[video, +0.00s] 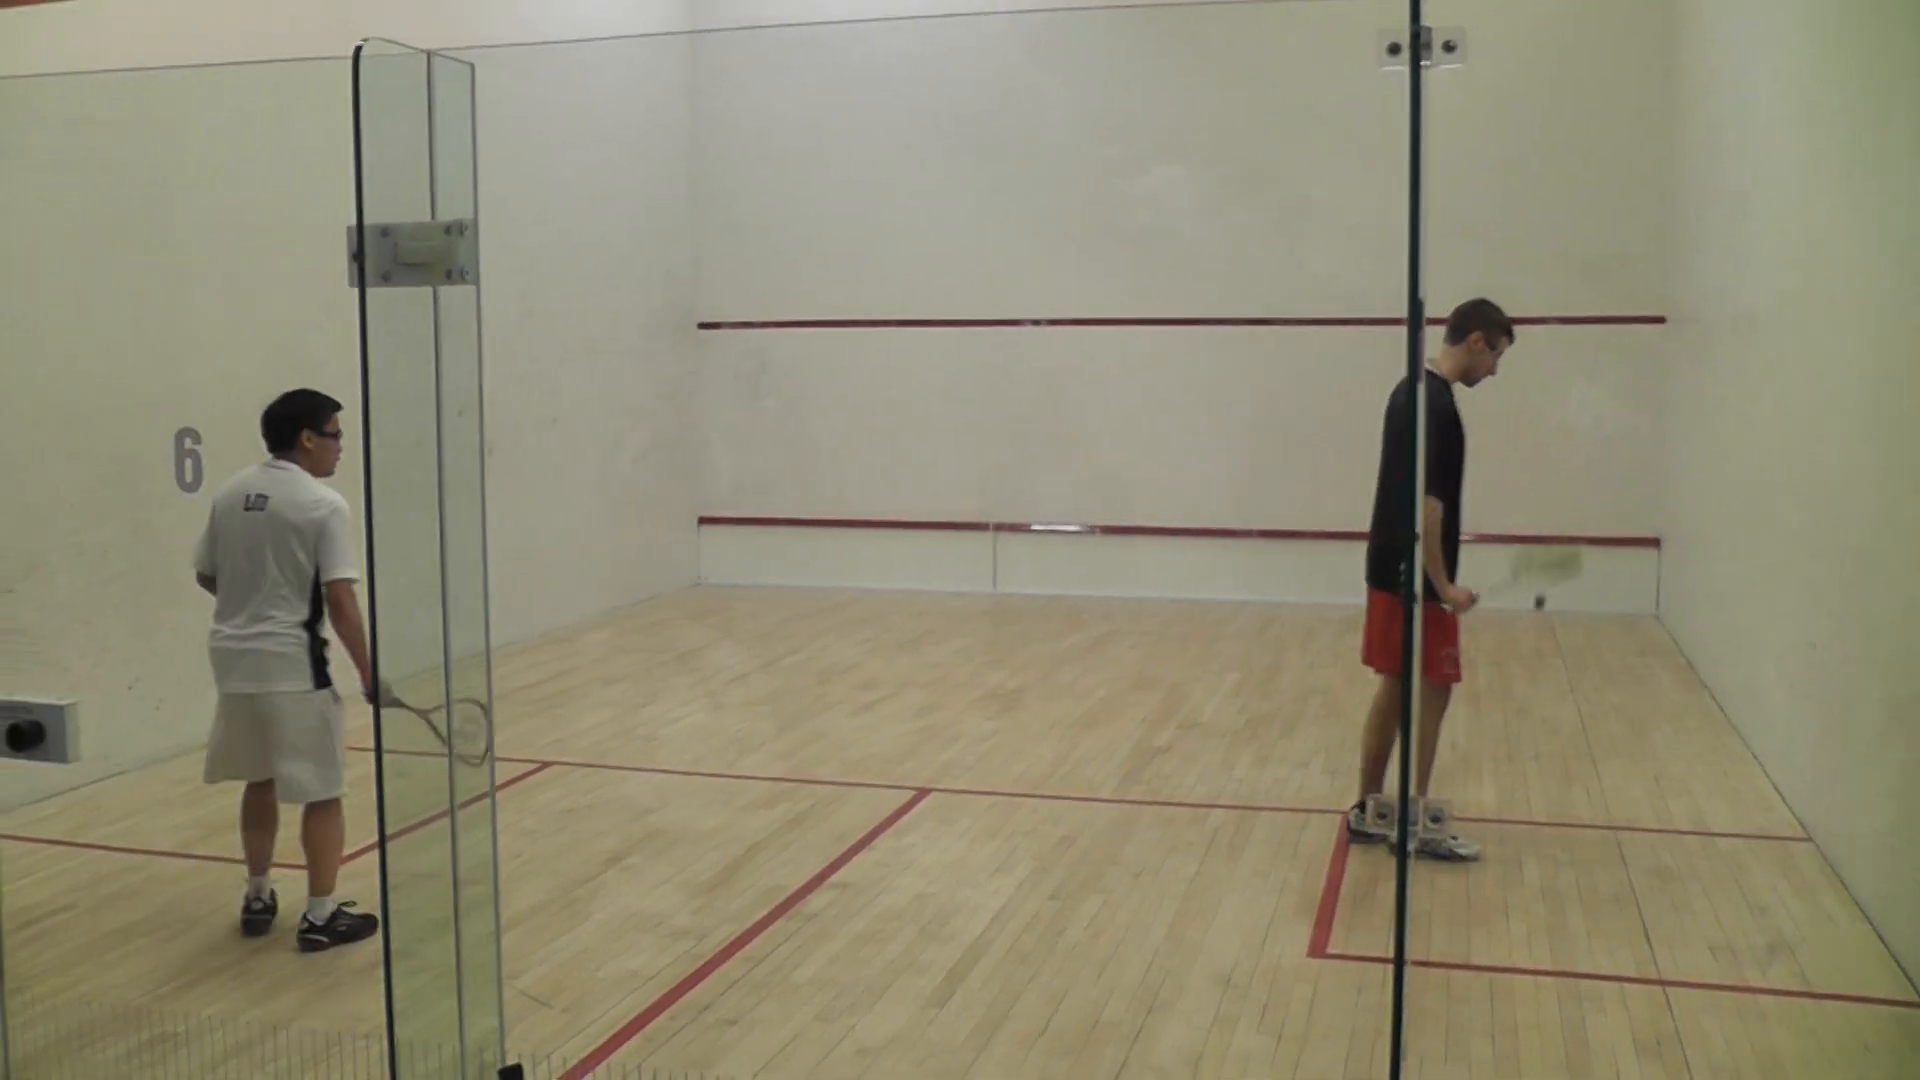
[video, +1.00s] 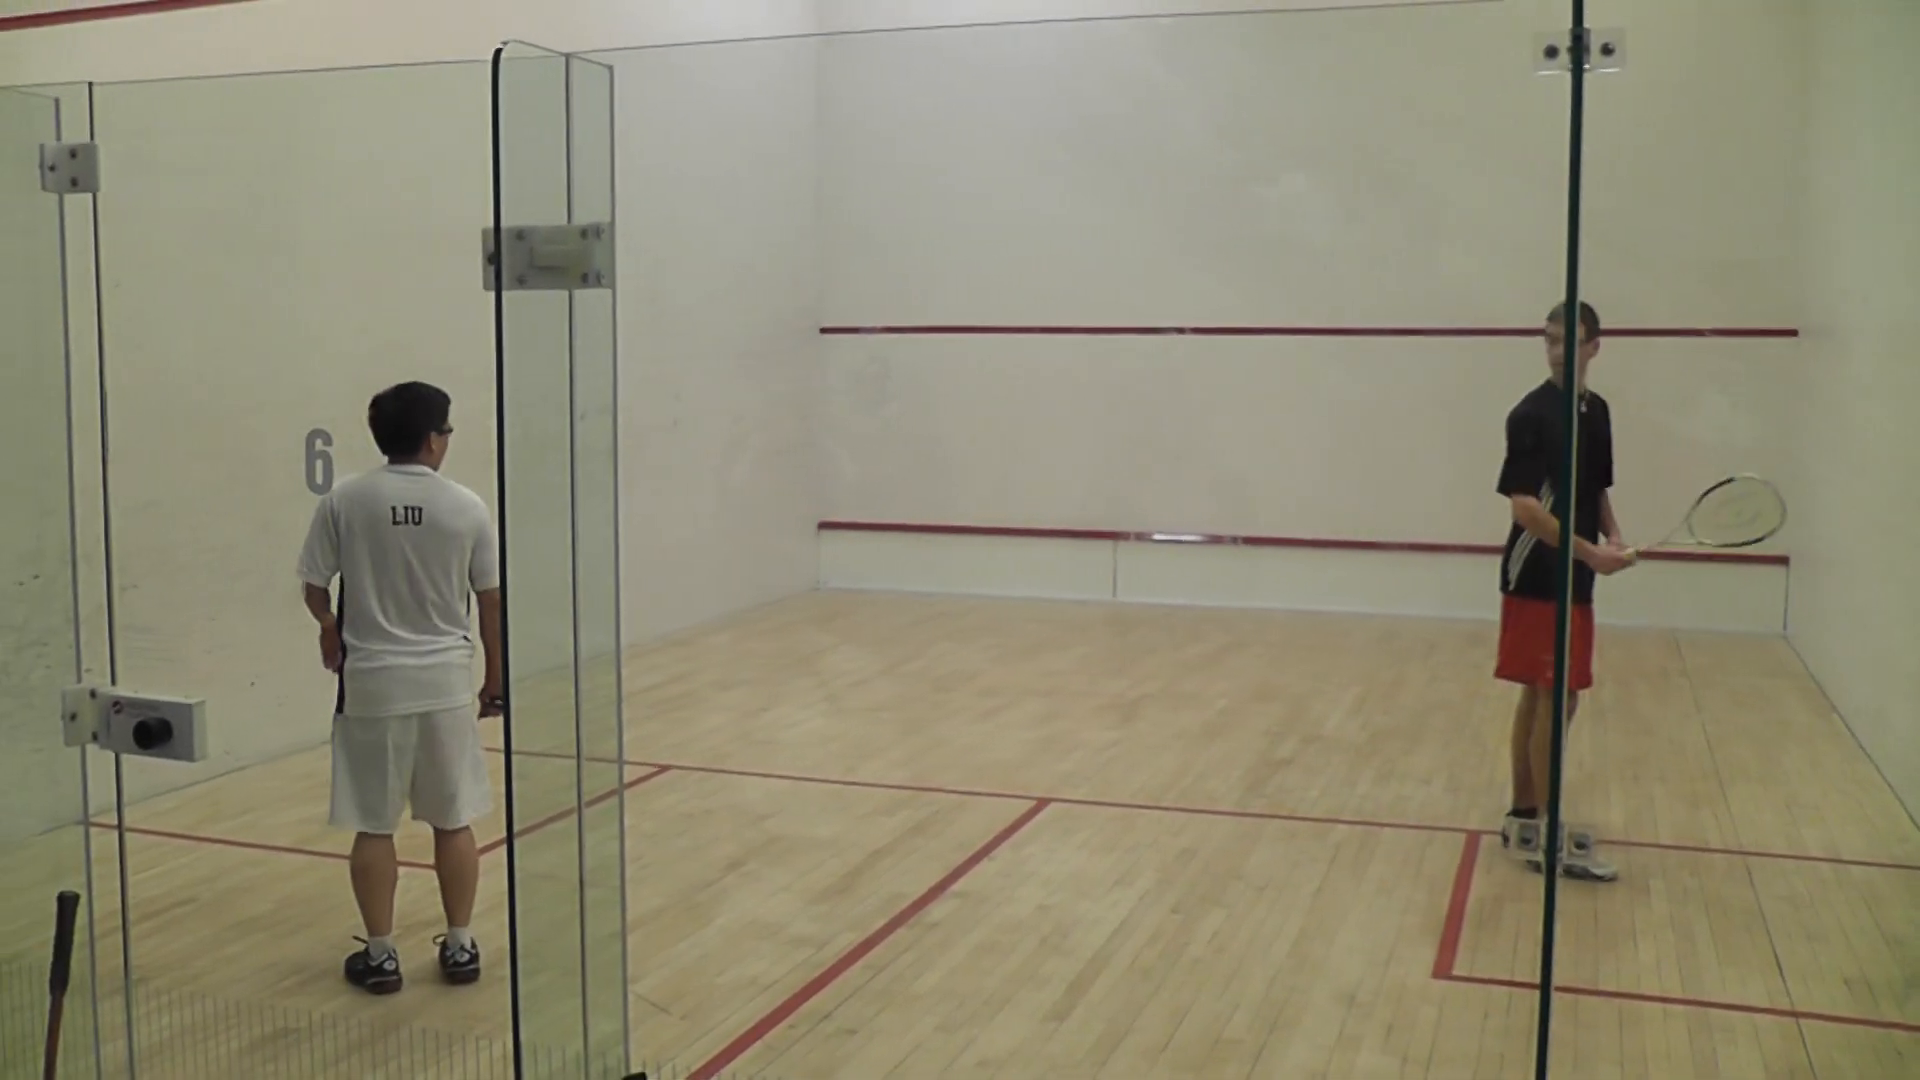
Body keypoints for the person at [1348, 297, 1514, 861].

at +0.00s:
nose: (1494, 370)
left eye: (1498, 358)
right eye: (1495, 356)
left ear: (1459, 340)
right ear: (1473, 342)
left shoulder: (1411, 393)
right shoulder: (1435, 404)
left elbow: (1408, 497)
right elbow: (1429, 505)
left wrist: (1430, 575)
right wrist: (1442, 583)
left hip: (1394, 569)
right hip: (1419, 577)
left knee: (1394, 685)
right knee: (1433, 690)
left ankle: (1370, 807)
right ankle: (1413, 819)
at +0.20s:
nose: (1551, 372)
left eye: (1556, 361)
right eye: (1552, 358)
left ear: (1518, 342)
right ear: (1531, 345)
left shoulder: (1469, 392)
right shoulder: (1486, 404)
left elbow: (1468, 493)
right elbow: (1480, 504)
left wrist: (1500, 545)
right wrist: (1491, 594)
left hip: (1458, 571)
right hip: (1467, 579)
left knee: (1474, 686)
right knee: (1483, 691)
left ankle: (1432, 792)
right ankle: (1457, 821)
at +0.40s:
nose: (1583, 371)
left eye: (1587, 360)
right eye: (1582, 358)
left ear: (1554, 346)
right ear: (1556, 346)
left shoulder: (1519, 401)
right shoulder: (1507, 404)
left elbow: (1521, 495)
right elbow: (1494, 506)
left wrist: (1578, 506)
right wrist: (1526, 584)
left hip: (1505, 583)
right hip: (1497, 586)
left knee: (1502, 694)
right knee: (1505, 699)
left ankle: (1477, 808)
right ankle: (1486, 832)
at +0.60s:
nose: (1563, 354)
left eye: (1574, 347)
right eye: (1556, 341)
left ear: (1583, 355)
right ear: (1538, 339)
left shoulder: (1556, 415)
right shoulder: (1509, 409)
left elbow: (1561, 494)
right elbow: (1500, 498)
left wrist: (1599, 506)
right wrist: (1541, 562)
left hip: (1531, 577)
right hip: (1509, 578)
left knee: (1509, 692)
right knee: (1531, 695)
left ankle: (1493, 813)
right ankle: (1510, 825)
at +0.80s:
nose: (1547, 353)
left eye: (1559, 343)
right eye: (1542, 341)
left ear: (1583, 348)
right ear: (1536, 344)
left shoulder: (1588, 415)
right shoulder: (1518, 415)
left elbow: (1586, 492)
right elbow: (1502, 500)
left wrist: (1605, 532)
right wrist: (1554, 560)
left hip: (1555, 579)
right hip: (1522, 580)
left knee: (1530, 697)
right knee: (1544, 700)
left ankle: (1513, 817)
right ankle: (1528, 827)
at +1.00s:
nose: (1559, 352)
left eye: (1570, 342)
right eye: (1552, 341)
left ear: (1593, 347)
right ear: (1543, 344)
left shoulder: (1596, 410)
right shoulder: (1531, 414)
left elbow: (1596, 487)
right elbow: (1522, 503)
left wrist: (1614, 536)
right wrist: (1588, 553)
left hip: (1568, 576)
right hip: (1539, 579)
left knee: (1541, 696)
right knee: (1559, 700)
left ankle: (1524, 817)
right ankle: (1545, 831)